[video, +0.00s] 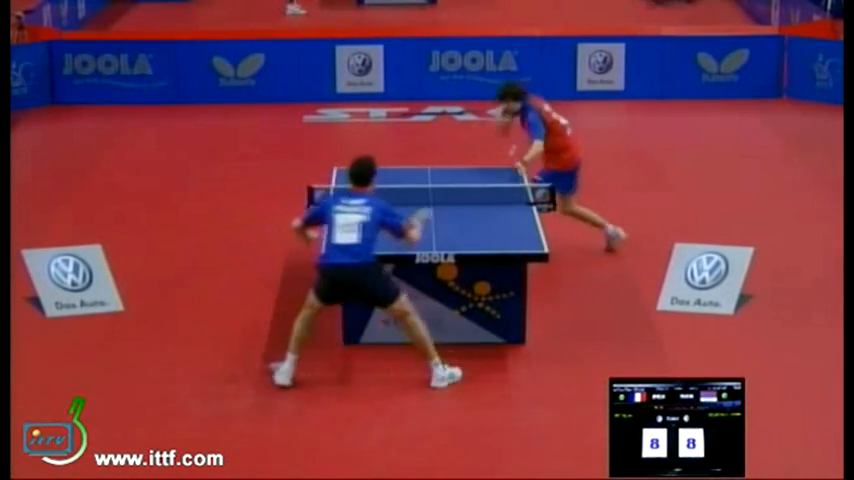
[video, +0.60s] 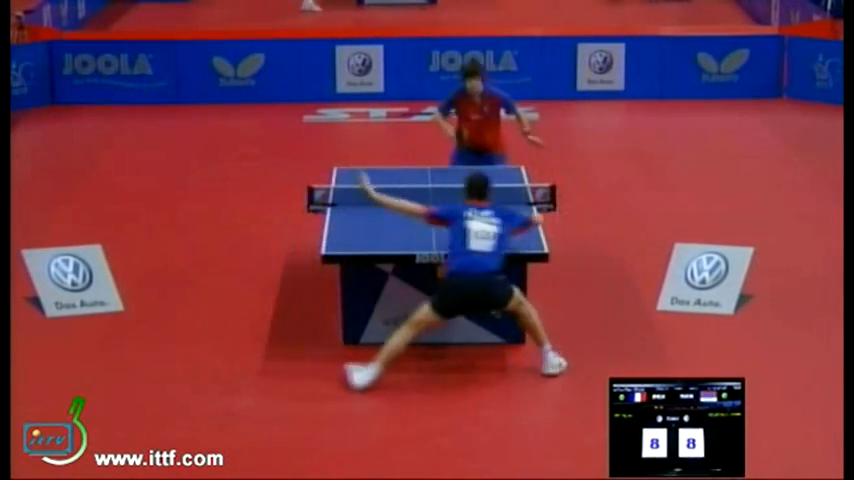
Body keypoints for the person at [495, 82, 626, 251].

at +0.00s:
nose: (505, 108)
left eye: (506, 104)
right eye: (503, 104)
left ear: (515, 101)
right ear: (519, 98)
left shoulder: (531, 113)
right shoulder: (531, 102)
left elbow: (539, 144)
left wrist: (524, 162)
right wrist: (507, 117)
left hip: (565, 164)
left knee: (566, 207)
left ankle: (609, 229)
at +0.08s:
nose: (497, 112)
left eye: (499, 108)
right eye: (497, 108)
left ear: (509, 106)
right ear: (508, 106)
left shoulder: (527, 116)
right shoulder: (514, 112)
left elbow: (544, 144)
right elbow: (494, 130)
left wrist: (537, 164)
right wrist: (497, 120)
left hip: (557, 161)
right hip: (547, 159)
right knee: (534, 199)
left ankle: (592, 219)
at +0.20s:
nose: (493, 113)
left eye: (495, 109)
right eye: (491, 109)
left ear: (503, 106)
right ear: (490, 108)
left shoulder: (523, 117)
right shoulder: (498, 116)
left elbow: (549, 139)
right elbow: (484, 127)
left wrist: (553, 161)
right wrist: (487, 135)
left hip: (543, 161)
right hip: (528, 159)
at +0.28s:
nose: (489, 110)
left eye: (492, 106)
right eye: (487, 107)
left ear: (501, 105)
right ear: (485, 107)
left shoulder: (519, 116)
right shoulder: (490, 115)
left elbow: (548, 134)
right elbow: (474, 128)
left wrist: (558, 157)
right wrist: (481, 138)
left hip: (533, 163)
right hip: (513, 161)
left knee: (522, 198)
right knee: (494, 186)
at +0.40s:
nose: (483, 103)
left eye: (486, 100)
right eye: (480, 100)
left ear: (493, 98)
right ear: (476, 99)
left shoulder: (508, 109)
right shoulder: (476, 108)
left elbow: (538, 125)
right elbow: (459, 126)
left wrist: (555, 148)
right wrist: (472, 136)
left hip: (517, 156)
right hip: (496, 155)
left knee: (516, 191)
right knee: (479, 181)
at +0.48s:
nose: (479, 98)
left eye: (482, 94)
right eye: (476, 94)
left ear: (488, 92)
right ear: (471, 94)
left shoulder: (501, 104)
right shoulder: (469, 105)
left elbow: (528, 119)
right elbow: (449, 122)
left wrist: (544, 140)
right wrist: (461, 134)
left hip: (503, 155)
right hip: (481, 154)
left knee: (504, 191)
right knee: (468, 186)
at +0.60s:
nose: (473, 86)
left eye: (477, 81)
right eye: (470, 82)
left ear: (483, 81)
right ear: (465, 83)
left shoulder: (494, 97)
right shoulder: (459, 97)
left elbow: (516, 112)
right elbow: (439, 114)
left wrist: (527, 132)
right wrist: (448, 129)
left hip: (492, 151)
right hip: (466, 151)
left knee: (496, 189)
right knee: (459, 188)